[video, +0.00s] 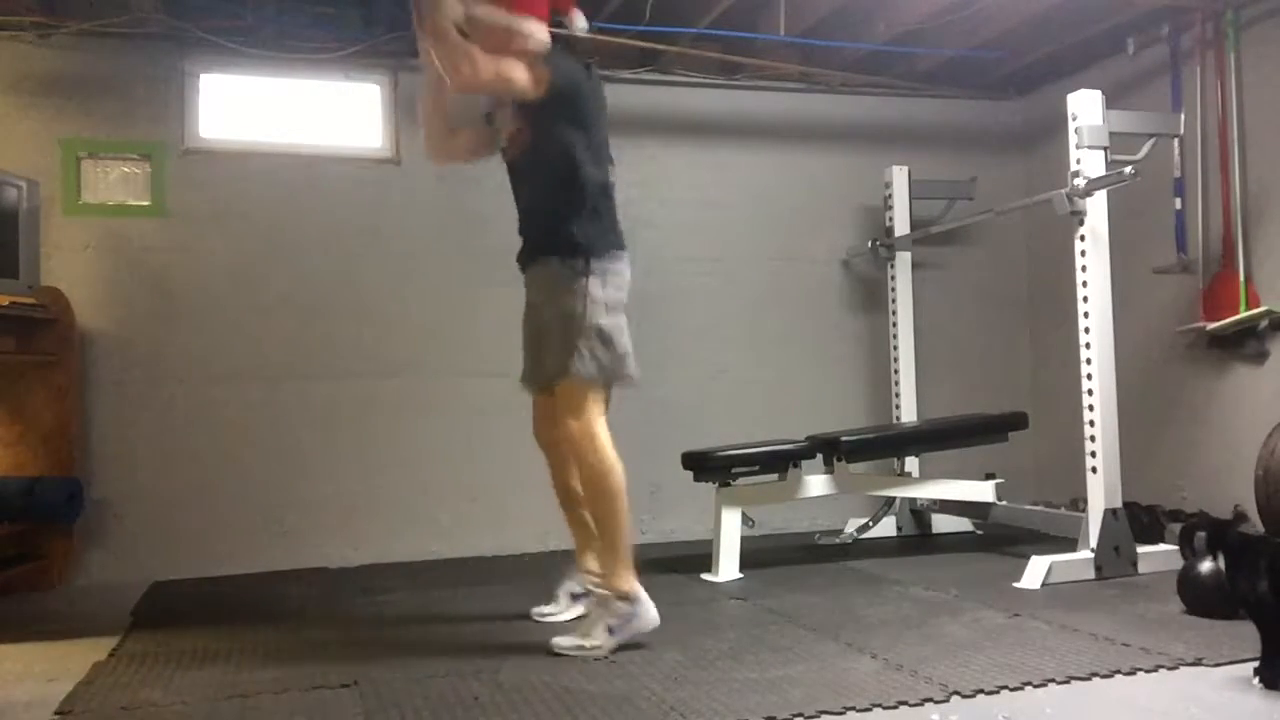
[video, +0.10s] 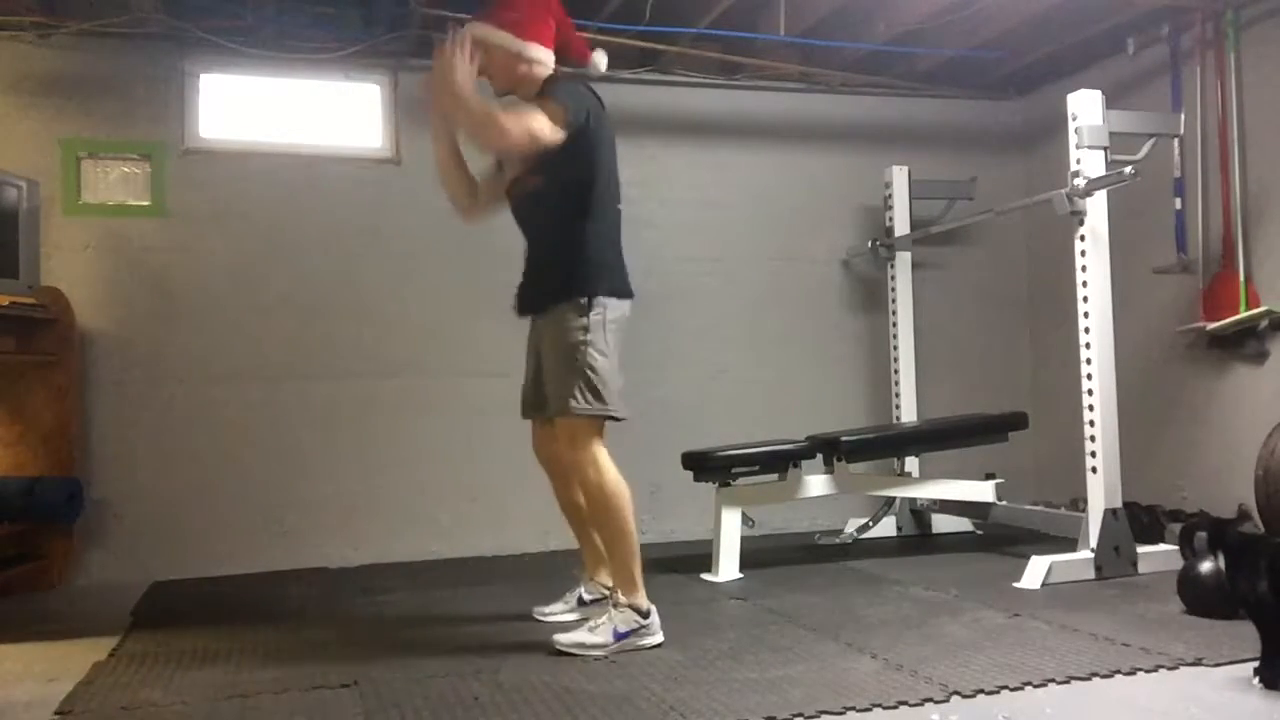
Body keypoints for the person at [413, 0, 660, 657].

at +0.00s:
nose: (482, 41)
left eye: (486, 27)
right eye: (480, 31)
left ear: (528, 22)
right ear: (514, 36)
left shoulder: (565, 71)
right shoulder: (523, 102)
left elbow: (463, 67)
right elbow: (444, 144)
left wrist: (429, 8)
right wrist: (430, 50)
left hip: (586, 266)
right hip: (549, 271)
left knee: (583, 424)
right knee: (552, 429)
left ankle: (626, 595)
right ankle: (596, 573)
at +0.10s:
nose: (483, 69)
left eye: (489, 52)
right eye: (479, 55)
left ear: (532, 47)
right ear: (518, 55)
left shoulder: (575, 95)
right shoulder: (534, 121)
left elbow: (516, 136)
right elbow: (472, 201)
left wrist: (461, 89)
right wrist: (442, 114)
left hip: (586, 299)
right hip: (550, 302)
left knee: (579, 446)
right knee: (552, 445)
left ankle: (635, 606)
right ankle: (603, 585)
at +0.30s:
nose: (462, 75)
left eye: (466, 60)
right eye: (458, 63)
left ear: (502, 54)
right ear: (496, 60)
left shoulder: (556, 98)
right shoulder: (523, 118)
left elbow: (589, 194)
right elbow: (546, 226)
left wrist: (524, 276)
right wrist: (499, 287)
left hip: (591, 292)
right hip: (559, 299)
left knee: (586, 439)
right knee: (561, 440)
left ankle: (636, 606)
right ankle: (605, 585)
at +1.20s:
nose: (351, 468)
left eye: (344, 455)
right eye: (339, 462)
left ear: (358, 423)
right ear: (361, 412)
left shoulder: (423, 412)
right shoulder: (408, 412)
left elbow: (436, 544)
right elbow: (420, 522)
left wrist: (425, 655)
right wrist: (420, 615)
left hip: (586, 409)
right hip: (567, 407)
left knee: (462, 502)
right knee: (452, 496)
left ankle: (599, 581)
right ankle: (580, 584)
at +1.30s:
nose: (350, 476)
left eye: (339, 467)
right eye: (337, 473)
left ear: (344, 436)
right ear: (347, 417)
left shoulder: (402, 414)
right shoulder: (394, 408)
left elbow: (422, 541)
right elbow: (418, 533)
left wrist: (421, 651)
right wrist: (415, 617)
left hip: (563, 347)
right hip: (560, 341)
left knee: (488, 488)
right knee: (496, 483)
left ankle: (634, 569)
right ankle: (607, 557)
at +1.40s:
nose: (318, 483)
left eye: (308, 471)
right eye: (304, 479)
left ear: (319, 431)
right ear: (318, 418)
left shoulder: (379, 416)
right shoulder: (375, 410)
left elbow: (410, 541)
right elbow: (404, 532)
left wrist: (416, 651)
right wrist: (413, 616)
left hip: (544, 339)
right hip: (532, 345)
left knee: (541, 502)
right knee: (537, 492)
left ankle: (715, 526)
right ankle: (669, 484)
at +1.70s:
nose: (247, 564)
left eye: (243, 551)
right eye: (239, 554)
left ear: (264, 525)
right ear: (266, 510)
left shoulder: (342, 509)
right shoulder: (327, 501)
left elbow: (431, 562)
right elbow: (424, 556)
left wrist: (418, 655)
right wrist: (408, 630)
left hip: (541, 490)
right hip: (528, 488)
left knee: (700, 542)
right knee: (676, 532)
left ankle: (871, 570)